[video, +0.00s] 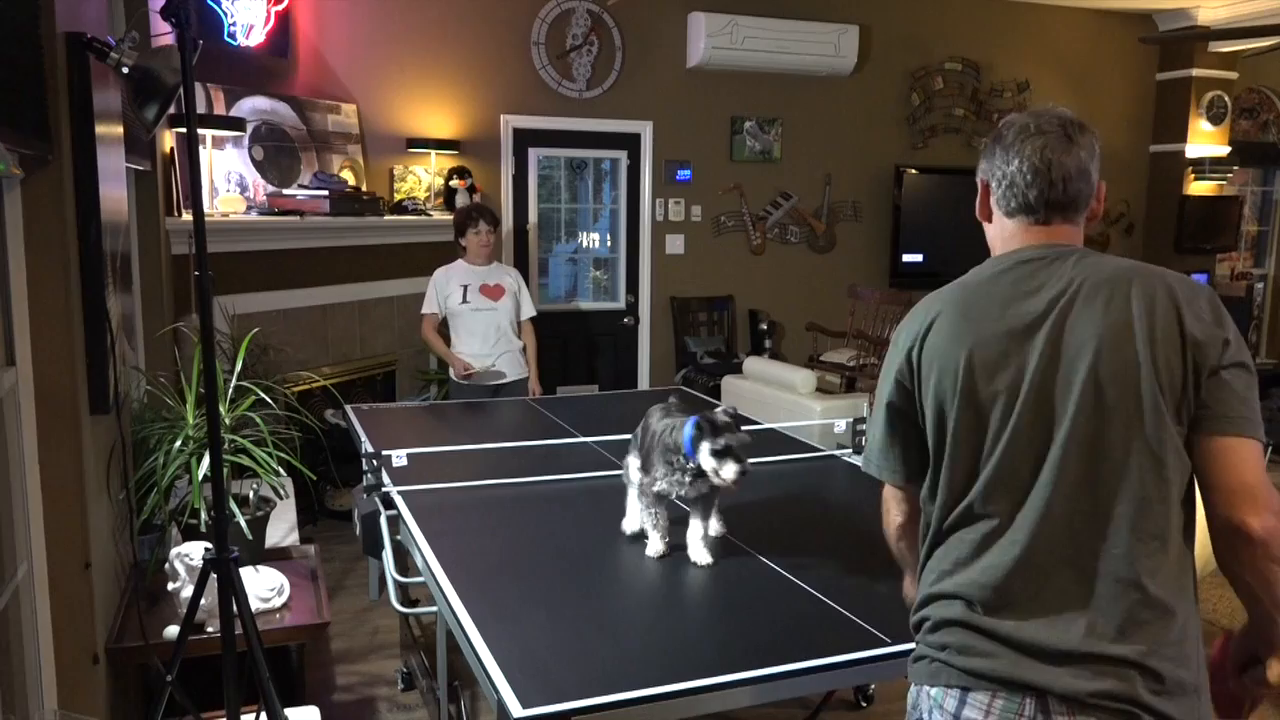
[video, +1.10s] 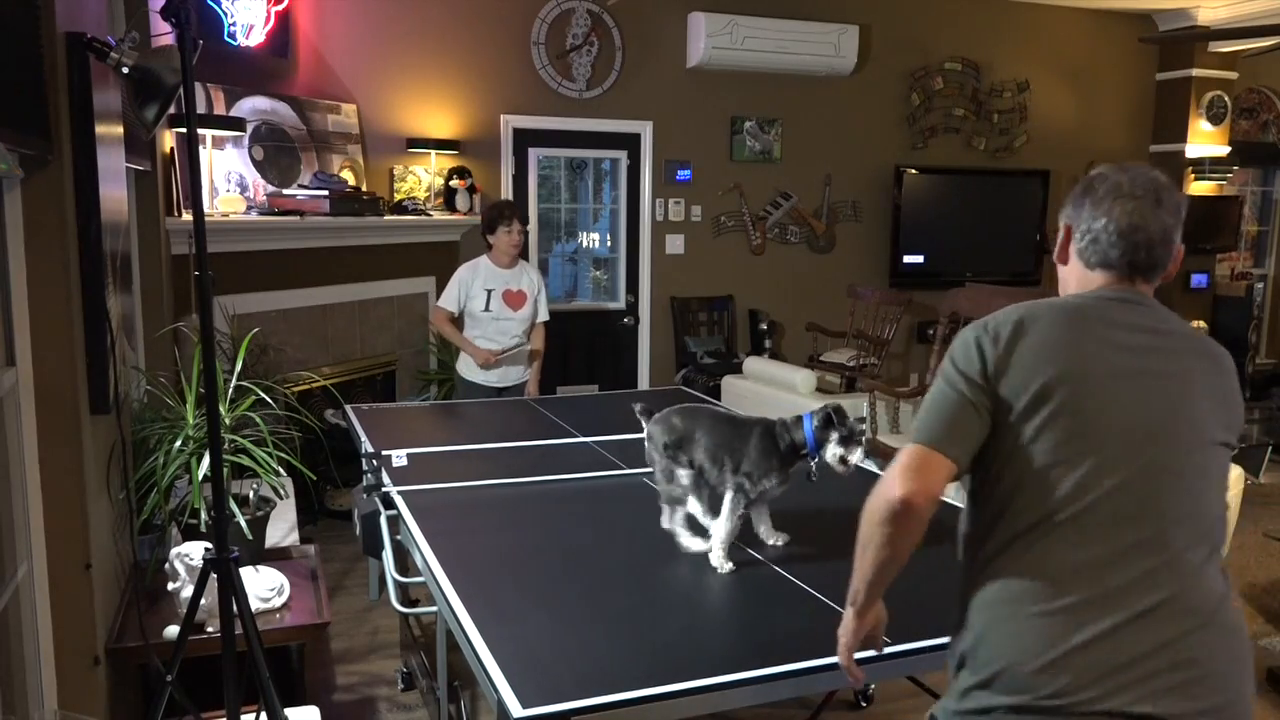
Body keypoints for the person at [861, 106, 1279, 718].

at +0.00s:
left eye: (980, 199)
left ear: (984, 202)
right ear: (1098, 204)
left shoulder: (930, 321)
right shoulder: (1187, 308)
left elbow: (901, 518)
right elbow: (1247, 521)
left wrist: (919, 579)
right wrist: (1260, 635)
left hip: (964, 686)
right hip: (1144, 691)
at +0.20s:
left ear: (979, 211)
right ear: (1092, 210)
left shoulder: (925, 326)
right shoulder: (1164, 305)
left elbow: (940, 479)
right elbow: (1241, 515)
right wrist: (1274, 570)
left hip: (950, 685)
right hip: (1118, 692)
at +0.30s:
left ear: (987, 217)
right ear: (1097, 216)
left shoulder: (933, 324)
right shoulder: (1162, 306)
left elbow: (940, 468)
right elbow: (1233, 511)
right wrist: (1277, 558)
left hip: (944, 680)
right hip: (1107, 688)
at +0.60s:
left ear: (1029, 248)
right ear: (1137, 251)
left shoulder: (962, 332)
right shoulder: (1183, 343)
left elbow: (927, 495)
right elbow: (1224, 554)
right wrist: (1276, 643)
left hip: (916, 682)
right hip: (1067, 695)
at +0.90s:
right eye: (1155, 260)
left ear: (1041, 263)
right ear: (1149, 272)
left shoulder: (965, 340)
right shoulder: (1203, 378)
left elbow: (852, 472)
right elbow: (1201, 556)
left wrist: (833, 588)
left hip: (952, 690)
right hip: (1125, 700)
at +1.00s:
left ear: (1046, 256)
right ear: (1155, 269)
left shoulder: (975, 340)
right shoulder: (1206, 376)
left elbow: (875, 476)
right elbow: (1173, 510)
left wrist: (840, 600)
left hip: (983, 689)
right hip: (1163, 698)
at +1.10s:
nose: (1054, 255)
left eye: (1056, 241)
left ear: (1065, 243)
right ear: (1173, 263)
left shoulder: (998, 339)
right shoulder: (1217, 365)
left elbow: (906, 494)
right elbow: (1198, 518)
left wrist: (862, 603)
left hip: (1025, 686)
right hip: (1202, 690)